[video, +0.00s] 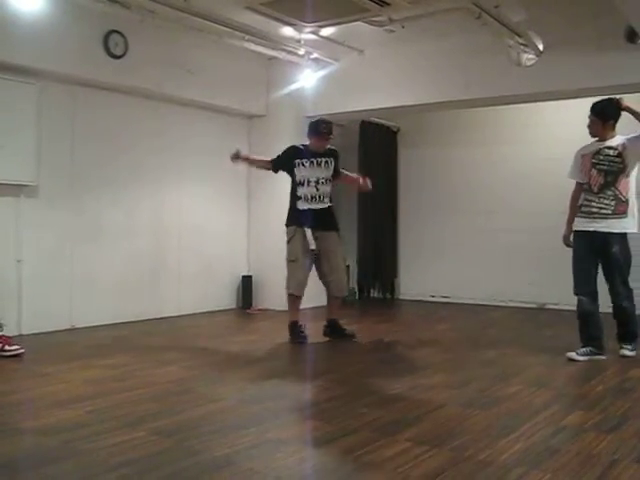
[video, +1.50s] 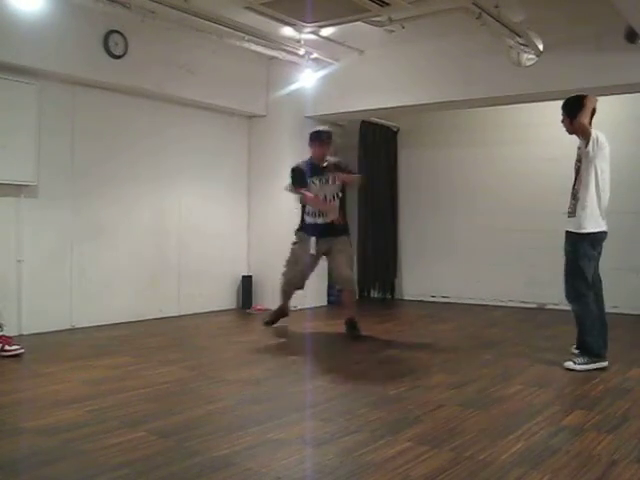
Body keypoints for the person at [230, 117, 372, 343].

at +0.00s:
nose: (326, 143)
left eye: (328, 139)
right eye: (322, 139)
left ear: (329, 138)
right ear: (312, 137)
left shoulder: (331, 155)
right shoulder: (294, 153)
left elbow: (336, 174)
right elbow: (271, 165)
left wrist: (357, 180)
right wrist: (244, 158)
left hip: (325, 222)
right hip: (299, 222)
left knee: (336, 273)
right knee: (297, 272)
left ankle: (332, 323)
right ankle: (294, 325)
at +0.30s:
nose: (332, 155)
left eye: (332, 150)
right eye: (329, 150)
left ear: (321, 151)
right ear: (316, 149)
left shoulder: (325, 170)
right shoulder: (304, 168)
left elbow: (342, 186)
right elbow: (317, 182)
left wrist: (323, 174)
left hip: (328, 231)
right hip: (306, 231)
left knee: (344, 273)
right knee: (307, 278)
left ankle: (335, 323)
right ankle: (297, 326)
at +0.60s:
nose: (332, 153)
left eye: (333, 149)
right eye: (329, 148)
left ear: (329, 150)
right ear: (316, 148)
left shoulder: (329, 170)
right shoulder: (297, 165)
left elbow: (330, 192)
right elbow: (278, 188)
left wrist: (338, 184)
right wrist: (301, 192)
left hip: (329, 234)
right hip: (307, 235)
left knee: (352, 278)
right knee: (317, 284)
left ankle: (337, 323)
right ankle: (291, 326)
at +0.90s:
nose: (316, 161)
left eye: (321, 157)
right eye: (313, 156)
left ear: (326, 160)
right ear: (306, 155)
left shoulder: (333, 184)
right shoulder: (292, 184)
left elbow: (347, 212)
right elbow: (283, 214)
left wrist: (327, 222)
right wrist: (272, 241)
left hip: (328, 246)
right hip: (300, 246)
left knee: (346, 292)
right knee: (286, 282)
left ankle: (340, 323)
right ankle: (284, 327)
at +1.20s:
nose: (330, 137)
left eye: (333, 132)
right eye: (326, 132)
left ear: (338, 133)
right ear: (318, 133)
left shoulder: (348, 158)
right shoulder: (308, 153)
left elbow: (361, 185)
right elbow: (298, 173)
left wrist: (359, 202)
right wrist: (283, 191)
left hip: (336, 222)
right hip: (308, 221)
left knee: (349, 270)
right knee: (297, 263)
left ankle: (347, 318)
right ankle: (308, 299)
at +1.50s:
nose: (321, 150)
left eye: (325, 146)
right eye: (318, 146)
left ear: (330, 147)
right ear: (310, 146)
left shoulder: (338, 168)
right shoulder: (300, 170)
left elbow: (357, 180)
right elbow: (303, 195)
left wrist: (341, 177)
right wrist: (326, 206)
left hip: (337, 234)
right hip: (309, 235)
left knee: (346, 278)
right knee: (291, 276)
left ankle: (351, 320)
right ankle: (283, 308)